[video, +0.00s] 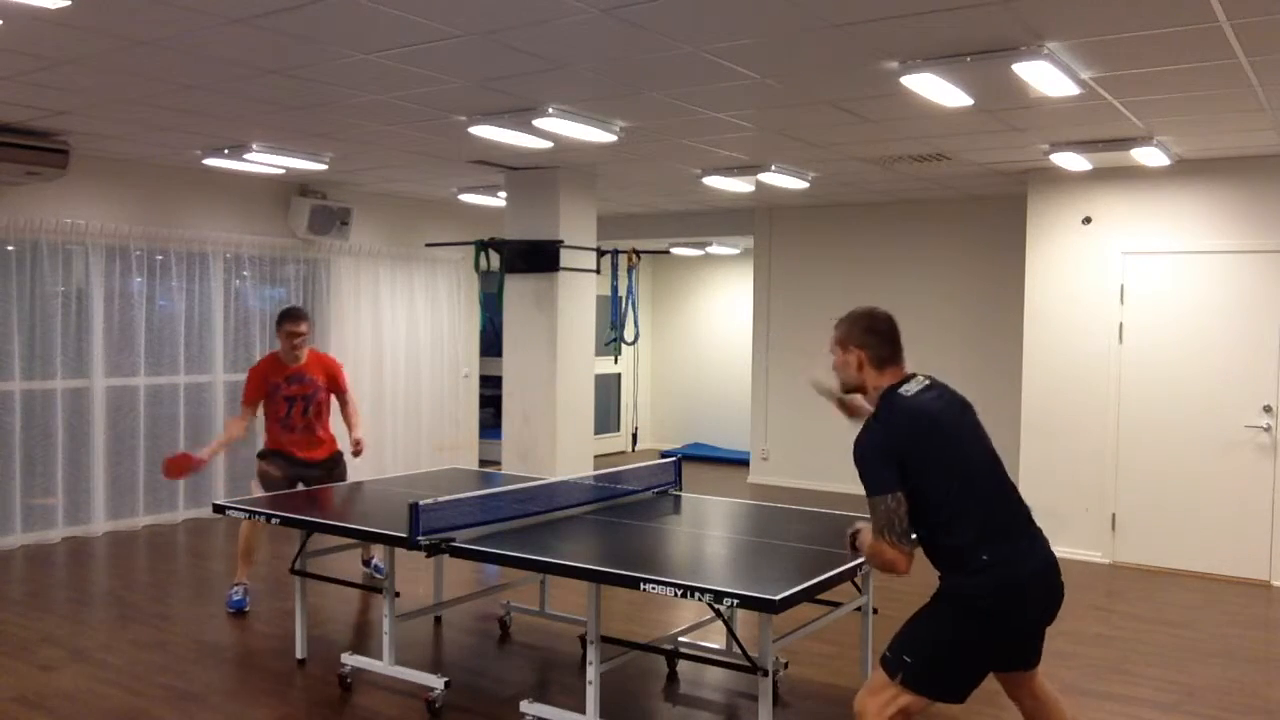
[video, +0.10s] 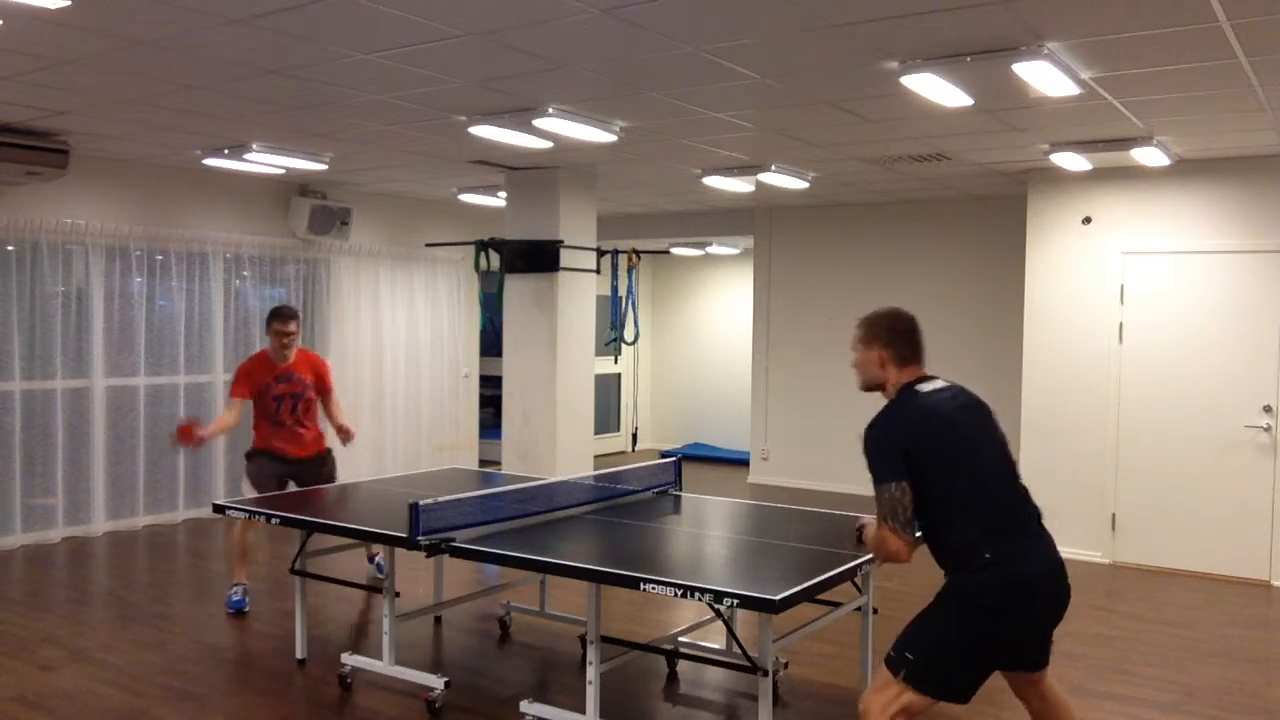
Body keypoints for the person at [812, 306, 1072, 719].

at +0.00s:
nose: (834, 363)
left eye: (836, 353)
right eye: (833, 353)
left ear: (857, 359)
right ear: (895, 352)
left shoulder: (876, 437)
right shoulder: (938, 392)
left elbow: (896, 560)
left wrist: (864, 539)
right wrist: (866, 411)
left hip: (981, 592)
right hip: (1037, 572)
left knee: (875, 706)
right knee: (1024, 683)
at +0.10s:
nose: (852, 360)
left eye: (858, 349)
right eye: (854, 349)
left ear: (881, 356)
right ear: (915, 353)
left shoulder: (887, 429)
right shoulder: (963, 398)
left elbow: (898, 548)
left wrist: (870, 531)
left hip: (985, 591)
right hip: (1045, 574)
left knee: (881, 706)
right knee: (1031, 682)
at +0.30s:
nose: (918, 376)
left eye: (923, 365)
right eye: (919, 366)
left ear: (944, 367)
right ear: (975, 368)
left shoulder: (926, 423)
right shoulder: (1030, 424)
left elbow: (907, 533)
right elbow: (1068, 523)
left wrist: (911, 576)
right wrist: (1073, 585)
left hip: (989, 592)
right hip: (1061, 585)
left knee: (897, 705)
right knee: (1046, 677)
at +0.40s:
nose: (945, 387)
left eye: (948, 376)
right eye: (945, 377)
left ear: (968, 376)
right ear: (1001, 378)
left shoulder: (941, 429)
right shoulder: (1054, 438)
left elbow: (915, 533)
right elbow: (1097, 541)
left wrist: (927, 592)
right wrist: (1112, 617)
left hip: (990, 596)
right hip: (1065, 595)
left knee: (902, 707)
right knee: (1048, 675)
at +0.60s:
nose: (951, 388)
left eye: (953, 377)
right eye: (952, 377)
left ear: (968, 375)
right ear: (1007, 379)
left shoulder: (946, 427)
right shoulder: (1050, 432)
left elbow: (927, 533)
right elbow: (1072, 524)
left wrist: (926, 593)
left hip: (1003, 595)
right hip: (1076, 589)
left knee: (913, 709)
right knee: (1049, 674)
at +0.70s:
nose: (946, 391)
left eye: (947, 380)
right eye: (946, 381)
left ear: (960, 379)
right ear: (1000, 381)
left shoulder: (949, 428)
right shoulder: (1035, 429)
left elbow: (923, 522)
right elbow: (1050, 512)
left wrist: (897, 579)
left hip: (1019, 593)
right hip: (1087, 587)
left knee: (930, 708)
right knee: (1047, 672)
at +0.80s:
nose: (940, 394)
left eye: (940, 384)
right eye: (939, 384)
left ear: (955, 384)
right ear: (992, 382)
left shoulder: (959, 423)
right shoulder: (1019, 424)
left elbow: (920, 502)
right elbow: (1027, 518)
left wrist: (870, 550)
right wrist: (939, 521)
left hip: (1035, 589)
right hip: (1092, 581)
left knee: (958, 707)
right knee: (1047, 672)